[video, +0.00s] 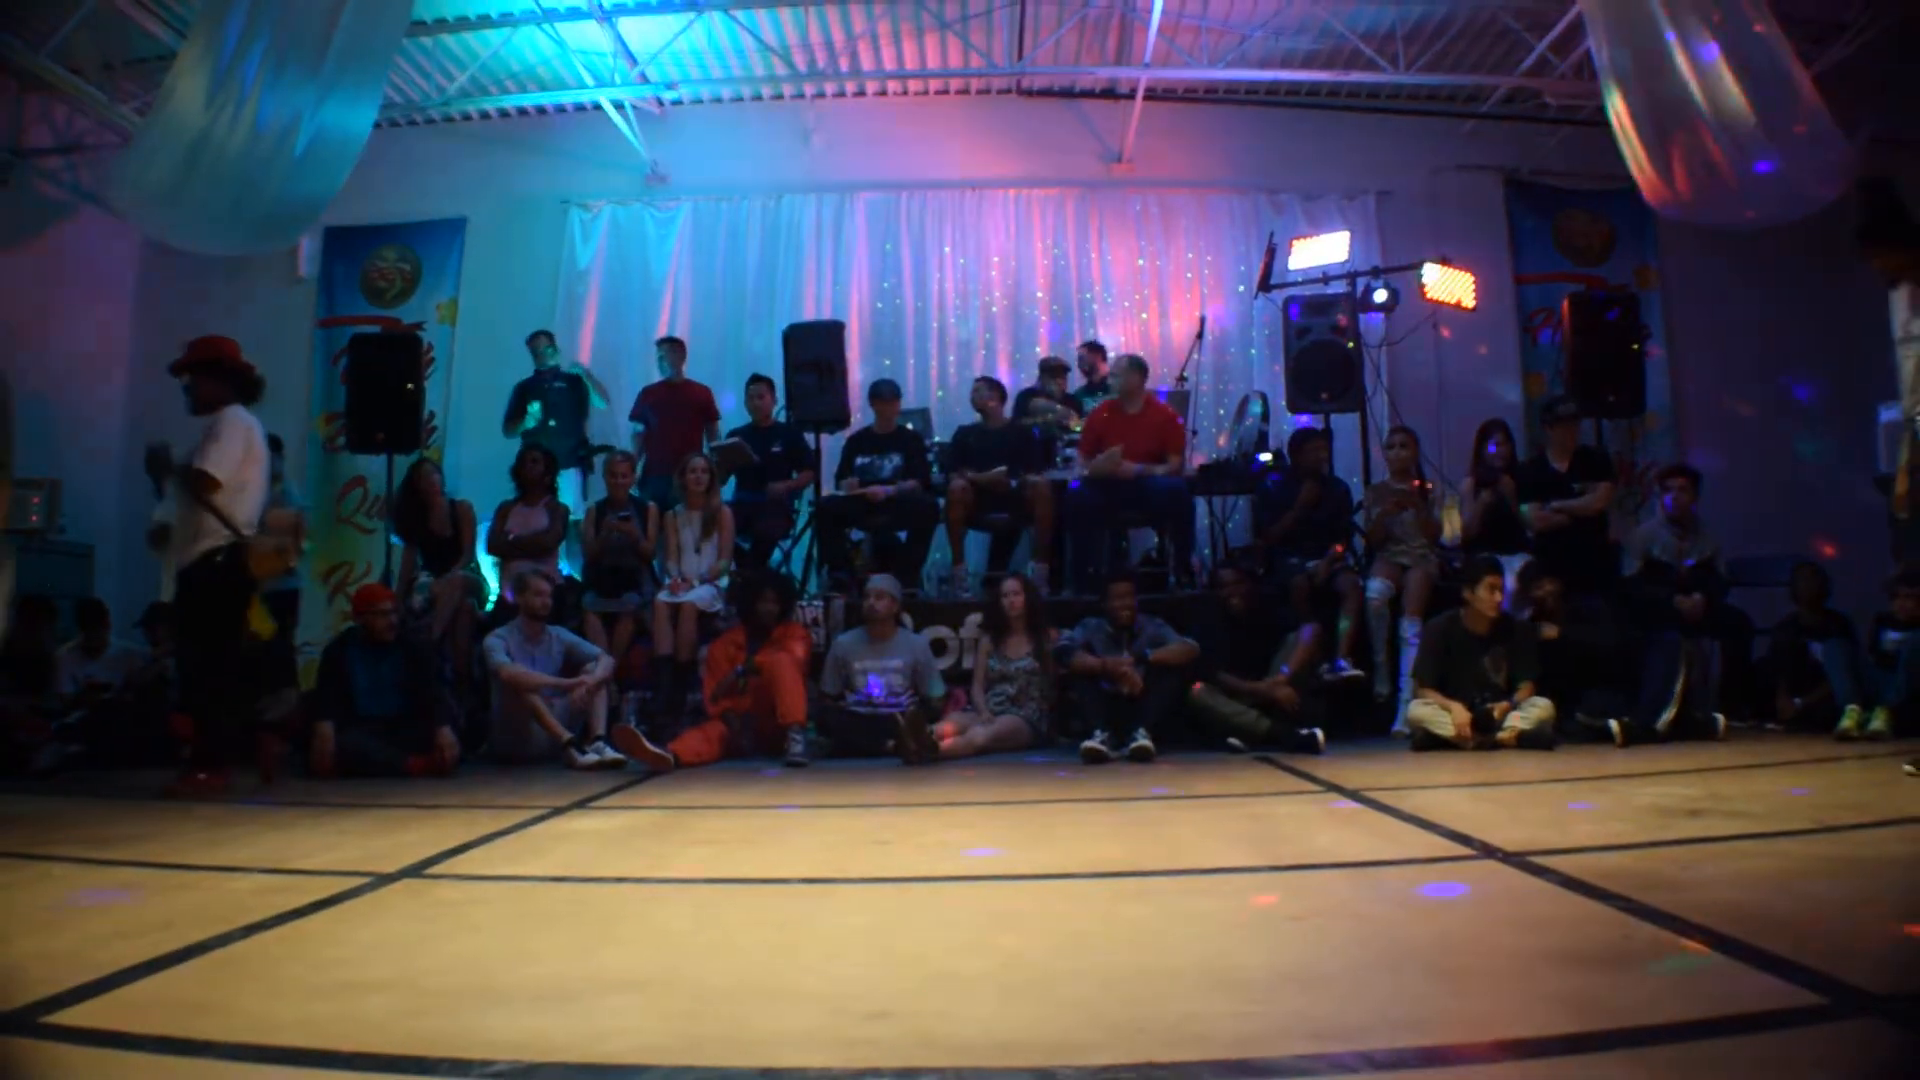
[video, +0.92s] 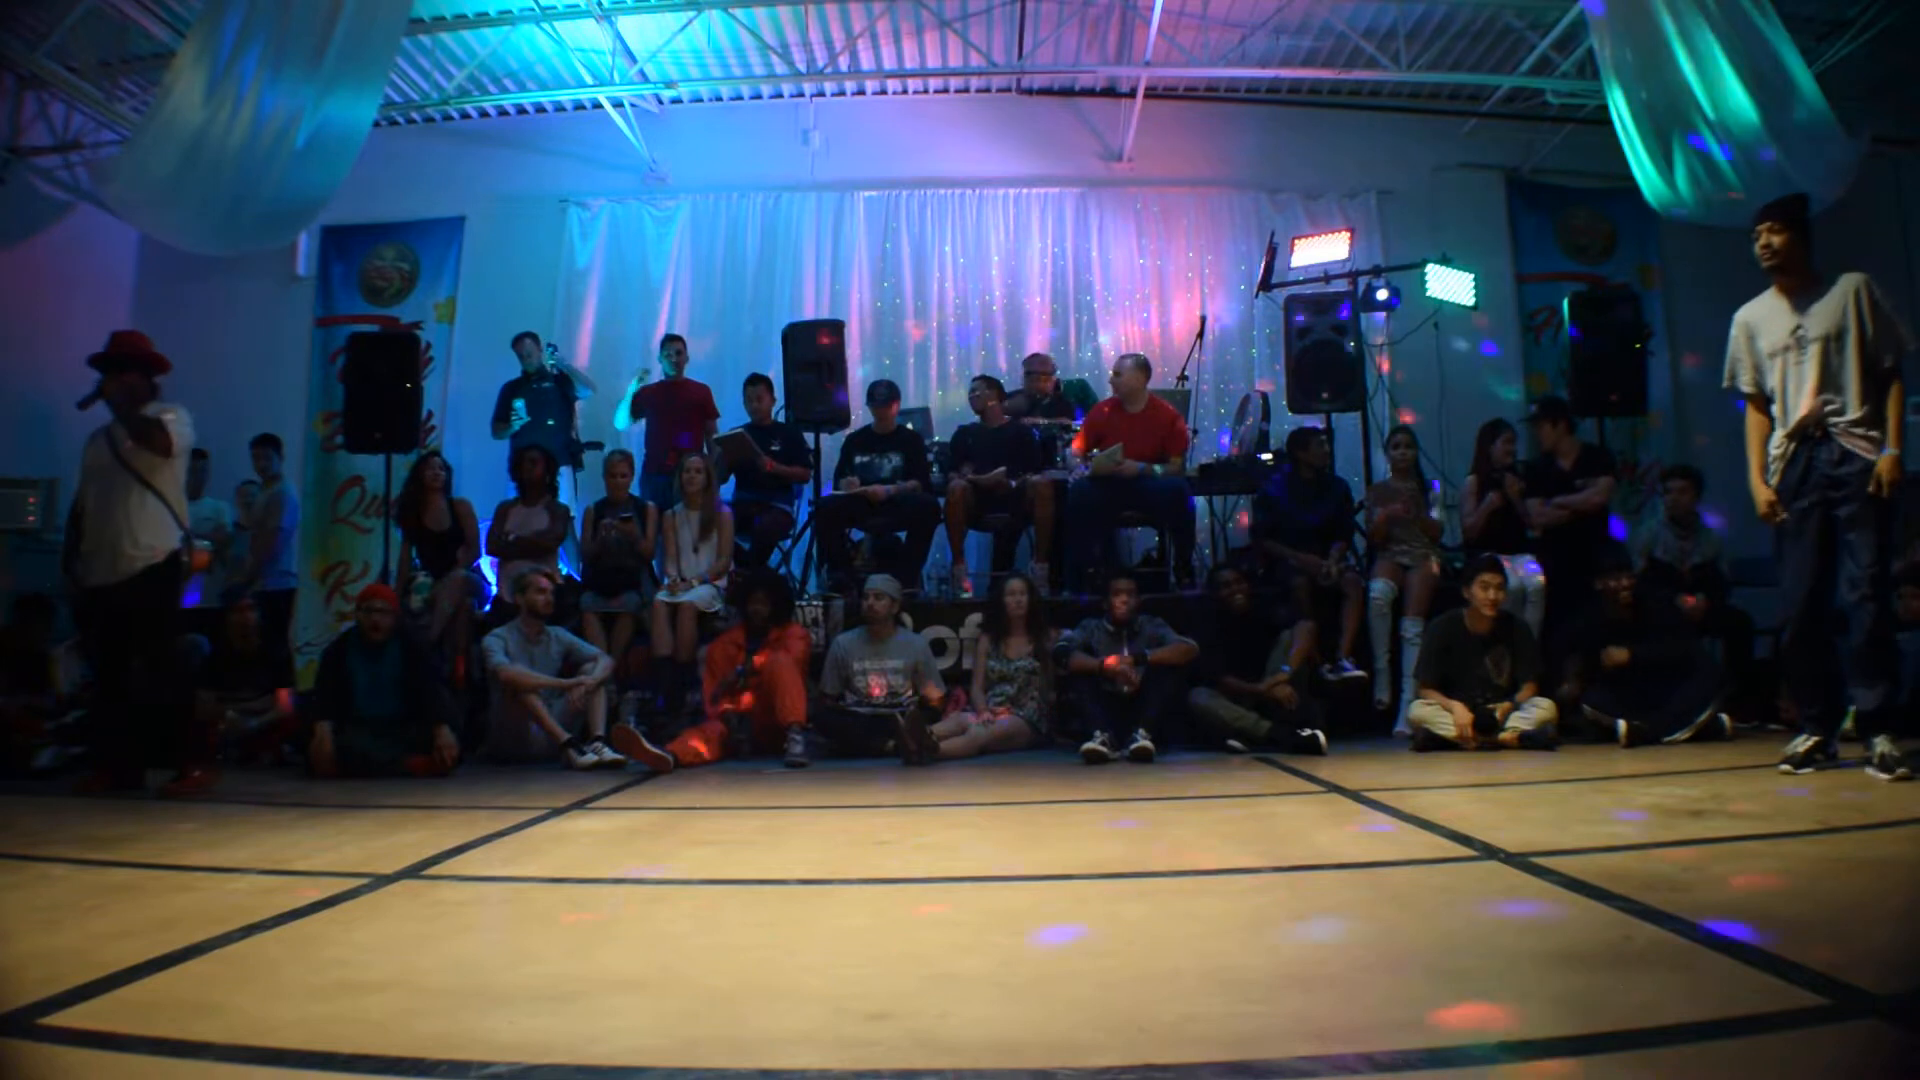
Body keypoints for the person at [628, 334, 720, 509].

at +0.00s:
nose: (661, 361)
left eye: (665, 356)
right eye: (659, 357)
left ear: (681, 357)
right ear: (657, 361)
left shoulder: (701, 393)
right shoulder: (648, 394)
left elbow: (713, 434)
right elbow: (638, 435)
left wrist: (717, 471)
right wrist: (631, 470)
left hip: (690, 477)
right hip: (655, 475)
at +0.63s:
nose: (674, 359)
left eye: (680, 353)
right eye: (668, 354)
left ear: (687, 358)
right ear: (661, 359)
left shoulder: (701, 392)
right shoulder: (648, 393)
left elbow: (711, 436)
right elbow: (637, 435)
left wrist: (712, 474)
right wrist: (627, 470)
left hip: (690, 477)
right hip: (655, 475)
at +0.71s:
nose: (675, 359)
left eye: (679, 353)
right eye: (669, 354)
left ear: (687, 357)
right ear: (661, 359)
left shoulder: (701, 392)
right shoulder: (648, 393)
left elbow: (712, 436)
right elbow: (635, 436)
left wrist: (714, 473)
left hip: (689, 477)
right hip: (654, 475)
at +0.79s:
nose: (674, 359)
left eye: (679, 353)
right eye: (668, 354)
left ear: (687, 358)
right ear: (660, 359)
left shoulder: (700, 391)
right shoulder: (648, 393)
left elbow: (711, 436)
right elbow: (631, 430)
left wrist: (714, 473)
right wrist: (632, 420)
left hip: (689, 474)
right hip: (654, 472)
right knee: (652, 534)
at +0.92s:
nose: (674, 359)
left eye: (678, 354)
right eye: (668, 355)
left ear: (686, 358)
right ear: (660, 360)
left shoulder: (701, 391)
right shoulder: (649, 392)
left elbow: (712, 437)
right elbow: (620, 424)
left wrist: (715, 475)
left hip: (690, 475)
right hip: (655, 473)